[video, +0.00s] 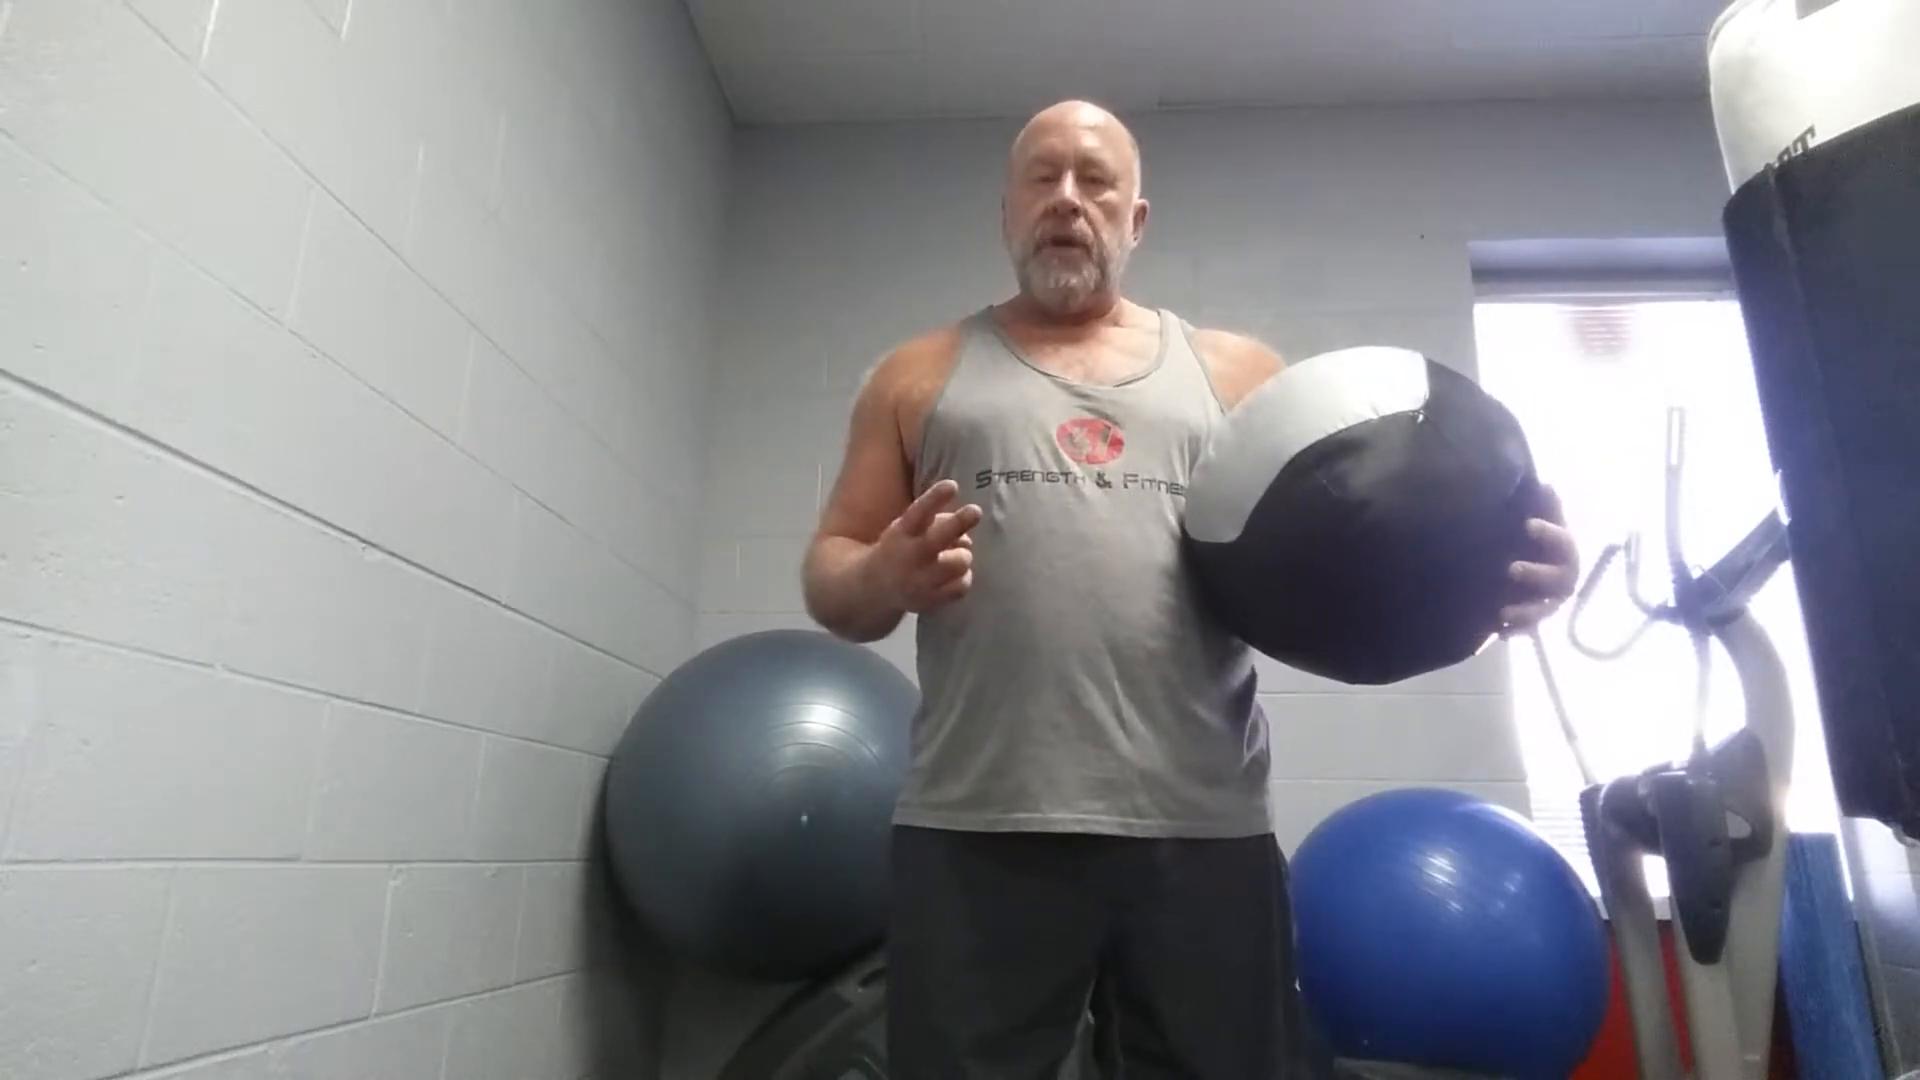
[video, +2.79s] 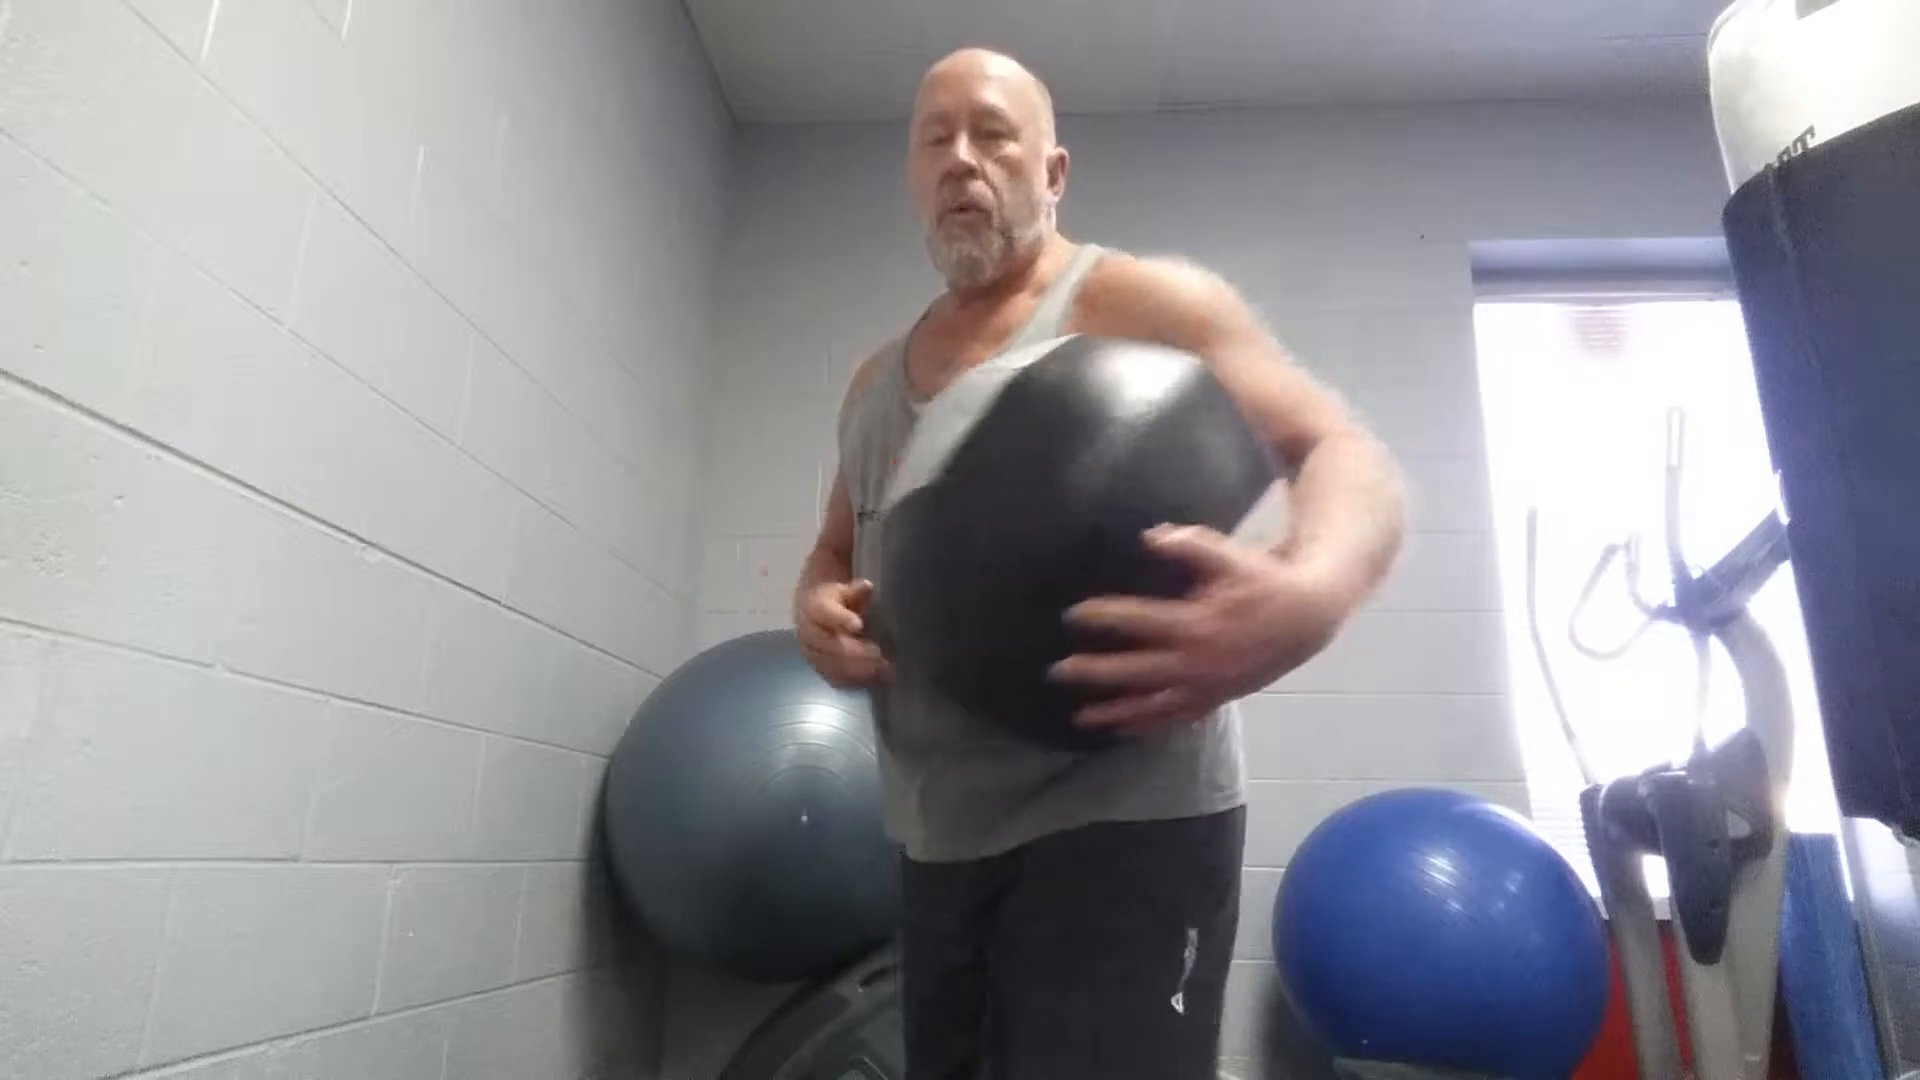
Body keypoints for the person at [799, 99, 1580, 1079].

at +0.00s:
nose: (1065, 197)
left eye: (1095, 178)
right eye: (1041, 175)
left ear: (1137, 217)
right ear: (1003, 209)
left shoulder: (1235, 370)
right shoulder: (916, 377)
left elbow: (1370, 536)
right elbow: (832, 590)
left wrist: (1515, 570)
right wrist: (881, 578)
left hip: (1204, 836)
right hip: (976, 834)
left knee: (1229, 1072)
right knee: (961, 1070)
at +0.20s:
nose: (1058, 199)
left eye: (1086, 178)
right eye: (1034, 178)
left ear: (1133, 212)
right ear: (998, 213)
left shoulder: (1236, 368)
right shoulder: (919, 381)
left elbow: (1377, 529)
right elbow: (842, 599)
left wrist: (1527, 564)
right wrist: (863, 525)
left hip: (1206, 834)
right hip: (979, 835)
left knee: (1231, 1068)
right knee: (967, 1068)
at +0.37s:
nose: (1060, 203)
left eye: (1086, 181)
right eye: (1035, 183)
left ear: (1136, 210)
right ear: (1000, 216)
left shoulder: (1245, 366)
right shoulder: (927, 384)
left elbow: (1383, 525)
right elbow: (824, 565)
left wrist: (1534, 557)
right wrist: (653, 498)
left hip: (1213, 840)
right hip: (986, 842)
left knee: (1254, 1073)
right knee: (970, 1074)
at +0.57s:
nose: (1059, 208)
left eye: (1088, 188)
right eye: (1035, 187)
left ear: (1136, 216)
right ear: (1004, 216)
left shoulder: (1251, 366)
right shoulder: (931, 388)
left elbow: (1375, 542)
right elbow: (852, 580)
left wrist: (1533, 564)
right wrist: (769, 477)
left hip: (1216, 834)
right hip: (991, 837)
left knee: (1248, 1071)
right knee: (974, 1068)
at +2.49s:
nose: (997, 185)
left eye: (1026, 163)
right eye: (970, 166)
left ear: (1076, 201)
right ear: (941, 207)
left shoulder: (1180, 335)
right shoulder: (890, 400)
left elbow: (1347, 447)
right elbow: (829, 588)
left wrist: (1462, 524)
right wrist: (753, 563)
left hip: (1151, 858)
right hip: (941, 868)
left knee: (1157, 1075)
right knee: (931, 1077)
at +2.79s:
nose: (958, 160)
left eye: (991, 135)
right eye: (935, 138)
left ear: (1054, 169)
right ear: (910, 174)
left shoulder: (1153, 302)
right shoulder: (881, 381)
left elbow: (1349, 460)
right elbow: (835, 555)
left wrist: (1312, 595)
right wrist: (817, 613)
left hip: (1128, 825)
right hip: (943, 840)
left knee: (1103, 1062)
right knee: (951, 1065)